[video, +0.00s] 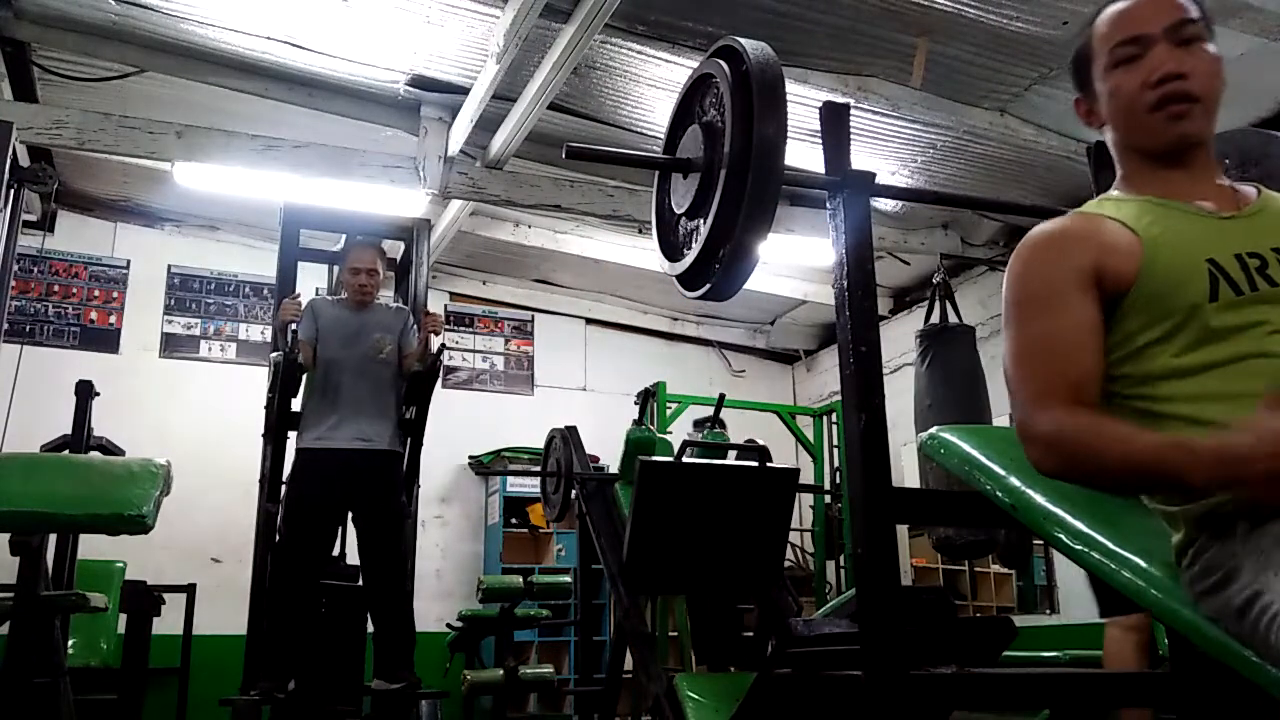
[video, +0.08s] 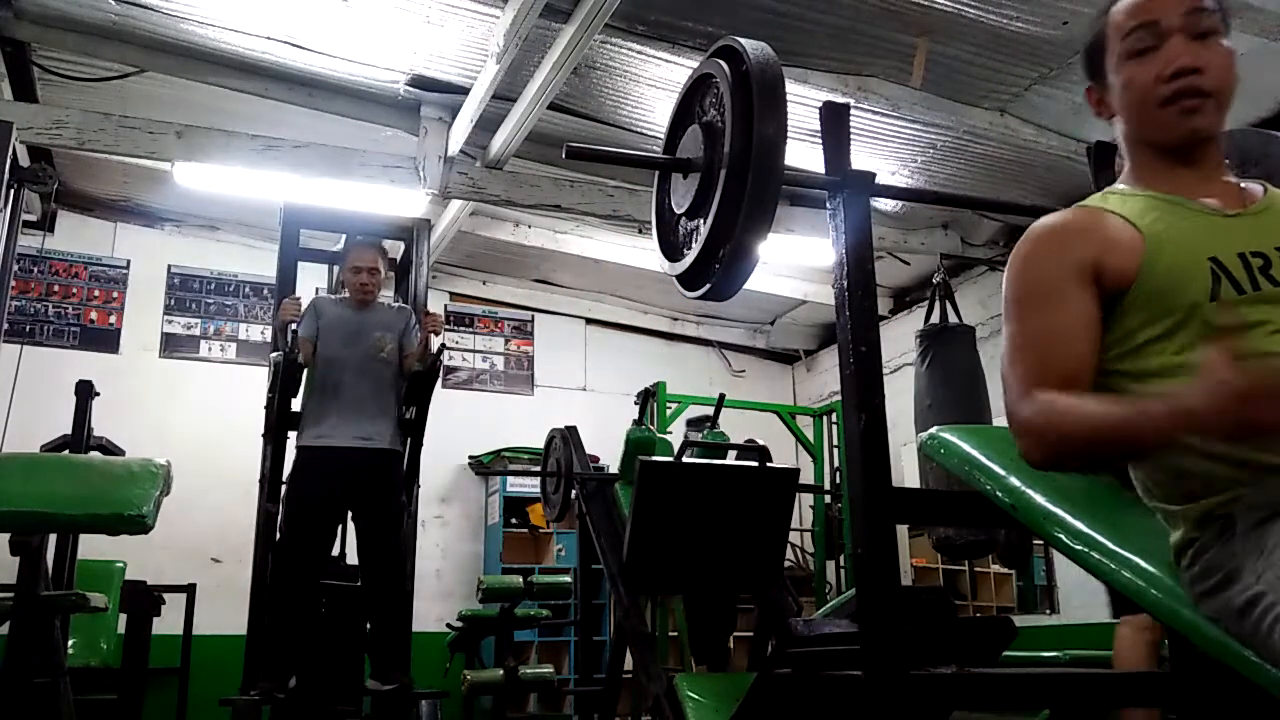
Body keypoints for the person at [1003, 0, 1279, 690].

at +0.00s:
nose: (1167, 63)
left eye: (1186, 39)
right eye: (1130, 56)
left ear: (1220, 69)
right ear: (1091, 111)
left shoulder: (1275, 211)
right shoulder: (1066, 247)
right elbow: (1050, 431)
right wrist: (1227, 456)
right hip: (1235, 530)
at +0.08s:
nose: (1182, 57)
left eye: (1203, 33)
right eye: (1143, 45)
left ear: (1232, 62)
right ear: (1102, 97)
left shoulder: (1273, 206)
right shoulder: (1069, 241)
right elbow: (1038, 423)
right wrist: (1194, 407)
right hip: (1239, 534)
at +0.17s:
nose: (1199, 55)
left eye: (1220, 30)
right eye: (1161, 41)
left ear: (1248, 59)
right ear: (1113, 90)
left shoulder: (1274, 200)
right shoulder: (1071, 236)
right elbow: (1033, 424)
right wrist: (1131, 350)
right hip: (1236, 523)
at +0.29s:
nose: (1219, 52)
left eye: (1240, 26)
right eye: (1179, 35)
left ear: (1266, 51)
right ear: (1127, 81)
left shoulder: (1279, 199)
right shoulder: (1075, 228)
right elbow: (1024, 414)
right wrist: (1097, 274)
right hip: (1241, 522)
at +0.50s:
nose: (1254, 48)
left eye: (1270, 25)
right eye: (1214, 30)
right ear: (1154, 70)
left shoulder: (1276, 194)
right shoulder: (1092, 219)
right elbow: (1034, 407)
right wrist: (1121, 278)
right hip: (1241, 524)